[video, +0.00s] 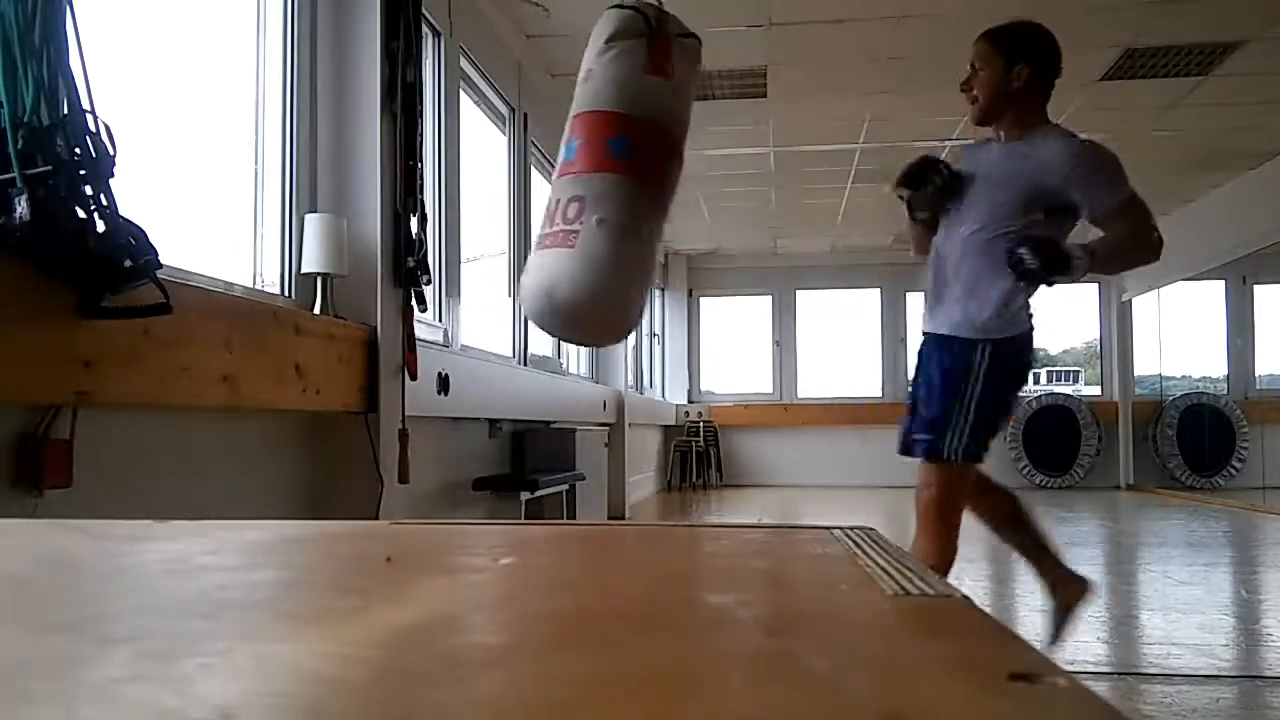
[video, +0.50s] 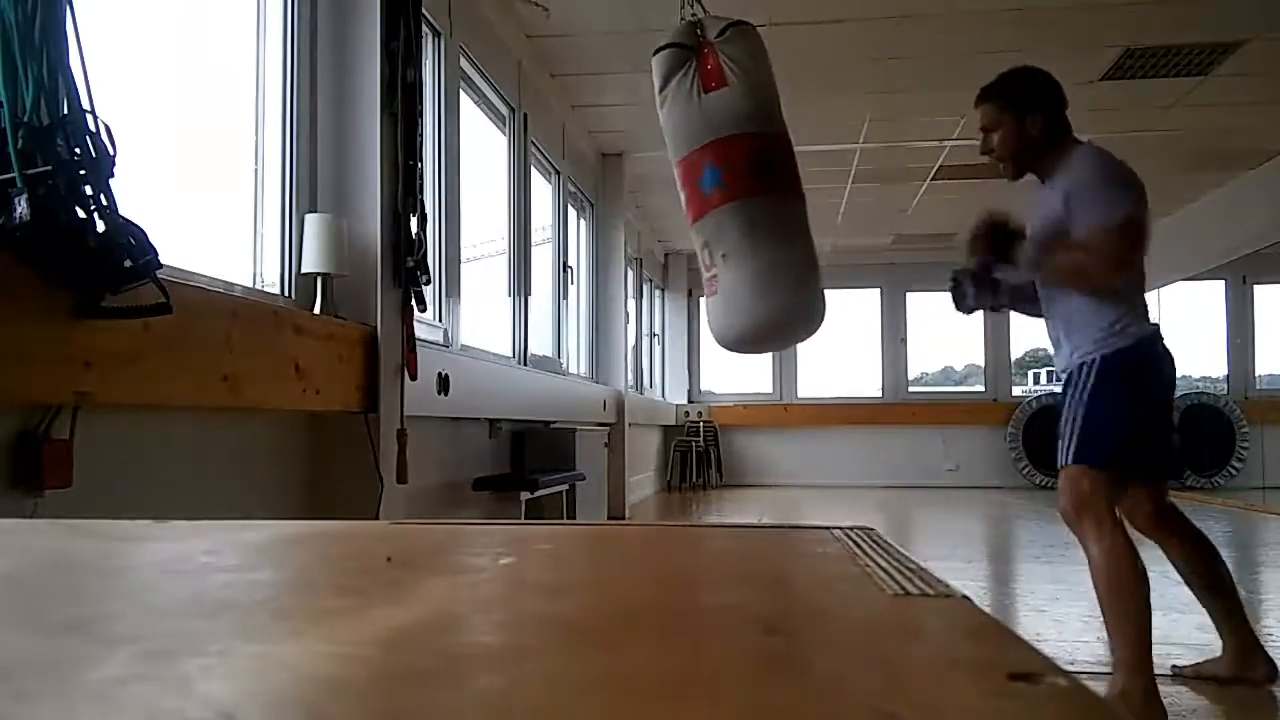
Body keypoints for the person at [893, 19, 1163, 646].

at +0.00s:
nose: (966, 82)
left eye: (978, 70)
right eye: (967, 70)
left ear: (1021, 78)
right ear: (1006, 79)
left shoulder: (1073, 157)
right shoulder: (965, 151)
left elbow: (1143, 241)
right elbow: (925, 250)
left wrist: (1070, 261)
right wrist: (921, 211)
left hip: (989, 340)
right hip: (942, 334)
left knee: (935, 487)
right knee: (958, 478)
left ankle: (913, 628)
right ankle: (1063, 584)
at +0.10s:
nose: (965, 119)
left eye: (974, 106)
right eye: (965, 106)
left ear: (1016, 107)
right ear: (1008, 111)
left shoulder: (1078, 172)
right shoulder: (988, 190)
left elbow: (1154, 251)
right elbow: (979, 289)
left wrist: (1082, 255)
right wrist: (946, 256)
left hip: (1038, 355)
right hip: (996, 356)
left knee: (959, 488)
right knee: (1044, 503)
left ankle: (929, 637)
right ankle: (1143, 622)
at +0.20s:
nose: (964, 137)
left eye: (972, 123)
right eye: (963, 126)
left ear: (1015, 115)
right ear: (1008, 120)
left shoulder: (1079, 164)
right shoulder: (1014, 187)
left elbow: (1125, 244)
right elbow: (1027, 286)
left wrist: (1033, 223)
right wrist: (981, 266)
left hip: (1079, 348)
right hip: (1043, 353)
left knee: (995, 459)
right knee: (1078, 506)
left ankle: (980, 634)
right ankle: (1161, 645)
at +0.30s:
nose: (972, 123)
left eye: (978, 108)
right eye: (968, 111)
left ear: (1018, 97)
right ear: (1014, 105)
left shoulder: (1072, 134)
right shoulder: (1031, 157)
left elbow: (1066, 211)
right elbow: (1053, 252)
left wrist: (985, 168)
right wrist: (1008, 243)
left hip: (1098, 321)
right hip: (1081, 327)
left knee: (1037, 452)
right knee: (1100, 484)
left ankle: (1053, 644)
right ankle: (1161, 636)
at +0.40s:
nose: (984, 132)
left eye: (990, 118)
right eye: (981, 121)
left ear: (1030, 106)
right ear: (1035, 111)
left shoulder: (1079, 149)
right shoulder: (1064, 158)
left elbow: (1034, 226)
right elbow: (1074, 244)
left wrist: (991, 167)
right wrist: (1011, 251)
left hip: (1103, 336)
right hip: (1113, 335)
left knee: (1072, 483)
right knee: (1125, 492)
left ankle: (1114, 664)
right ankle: (1224, 625)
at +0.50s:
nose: (986, 146)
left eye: (992, 130)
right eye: (982, 133)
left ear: (1034, 121)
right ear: (1032, 127)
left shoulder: (1095, 171)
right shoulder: (1053, 194)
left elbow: (1116, 270)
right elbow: (1068, 292)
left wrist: (1023, 250)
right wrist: (1001, 290)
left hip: (1116, 358)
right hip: (1102, 362)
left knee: (1083, 502)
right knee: (1146, 509)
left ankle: (1136, 692)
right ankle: (1245, 654)